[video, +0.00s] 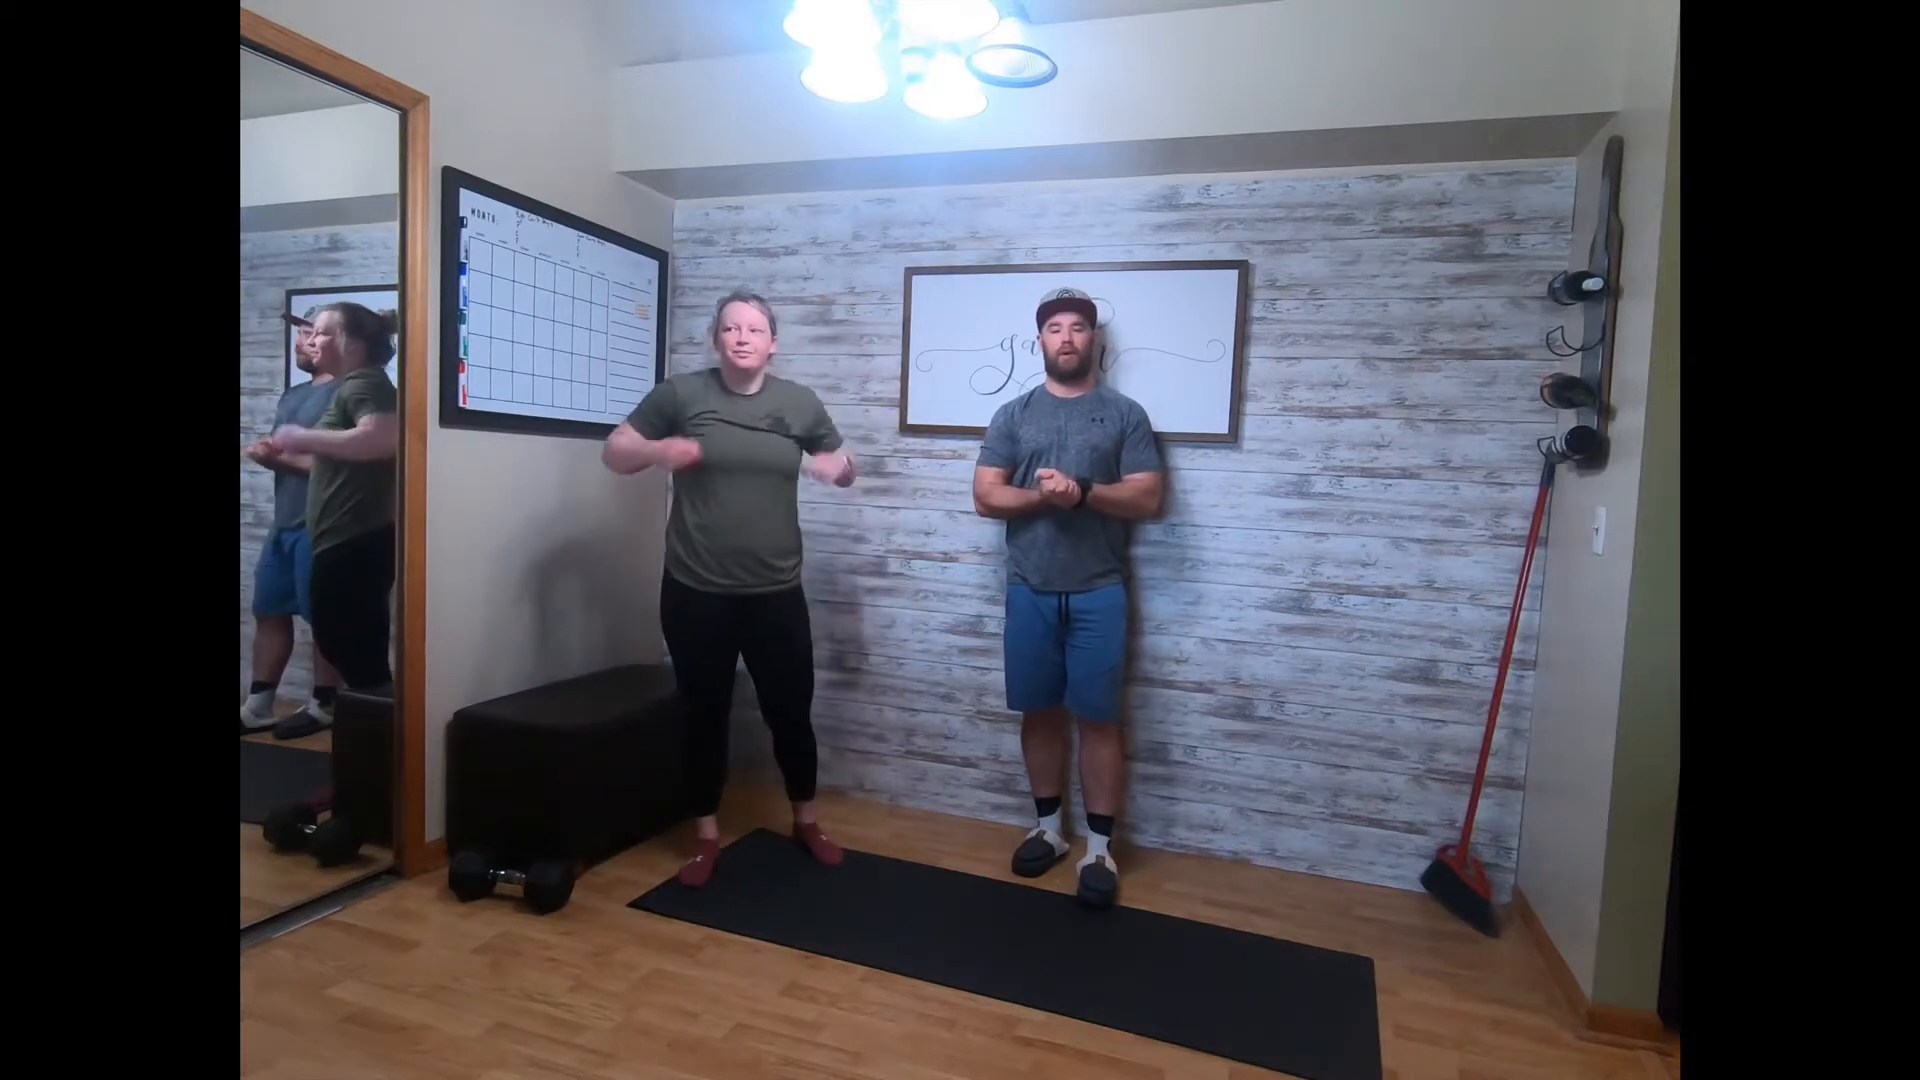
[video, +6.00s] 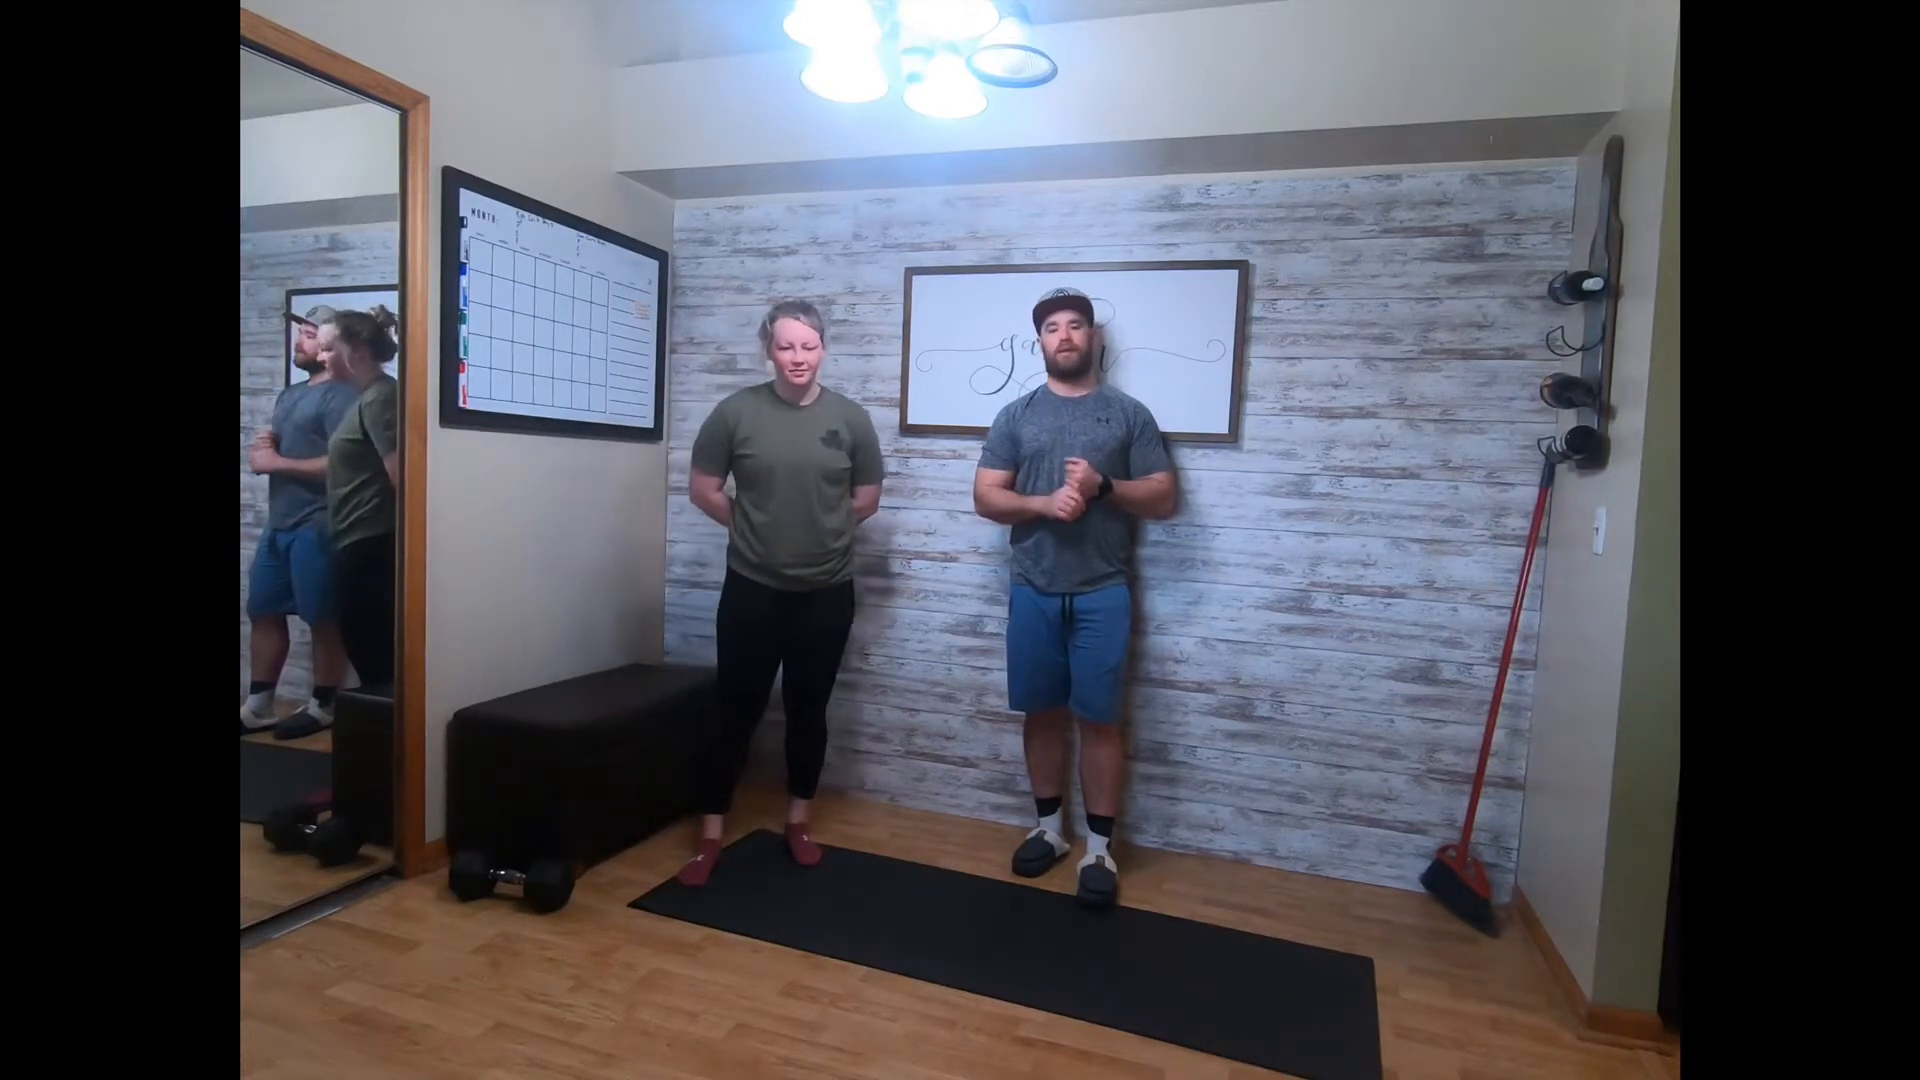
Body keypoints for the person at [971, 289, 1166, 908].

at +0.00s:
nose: (1067, 336)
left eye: (1078, 327)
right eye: (1056, 328)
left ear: (1095, 340)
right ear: (1041, 341)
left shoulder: (1124, 415)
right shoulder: (1013, 415)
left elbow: (1148, 499)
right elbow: (986, 495)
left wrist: (1082, 491)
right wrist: (1041, 495)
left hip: (1099, 585)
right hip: (1029, 586)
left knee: (1097, 715)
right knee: (1038, 711)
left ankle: (1099, 849)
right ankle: (1048, 829)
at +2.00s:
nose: (1063, 338)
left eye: (1075, 330)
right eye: (1052, 328)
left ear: (1091, 343)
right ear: (1036, 340)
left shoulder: (1115, 414)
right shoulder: (1004, 415)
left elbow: (1143, 500)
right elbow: (980, 498)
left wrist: (1071, 489)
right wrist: (1025, 488)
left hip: (1089, 584)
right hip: (1020, 585)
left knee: (1090, 714)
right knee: (1034, 710)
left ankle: (1096, 848)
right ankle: (1048, 830)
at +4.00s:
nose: (1060, 339)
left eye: (1070, 329)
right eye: (1048, 332)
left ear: (1089, 339)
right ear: (1035, 346)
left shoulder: (1124, 413)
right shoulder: (1013, 415)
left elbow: (1158, 500)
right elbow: (988, 498)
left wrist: (1100, 479)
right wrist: (1048, 487)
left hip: (1101, 584)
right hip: (1031, 584)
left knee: (1097, 714)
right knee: (1040, 709)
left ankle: (1098, 850)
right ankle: (1049, 830)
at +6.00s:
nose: (1064, 335)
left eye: (1075, 326)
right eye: (1052, 329)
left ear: (1094, 338)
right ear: (1039, 343)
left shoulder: (1127, 414)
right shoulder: (1015, 417)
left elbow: (1163, 499)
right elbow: (987, 497)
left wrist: (1104, 488)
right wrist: (1042, 503)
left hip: (1102, 585)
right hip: (1033, 585)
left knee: (1098, 716)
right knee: (1041, 711)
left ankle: (1098, 850)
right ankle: (1049, 831)